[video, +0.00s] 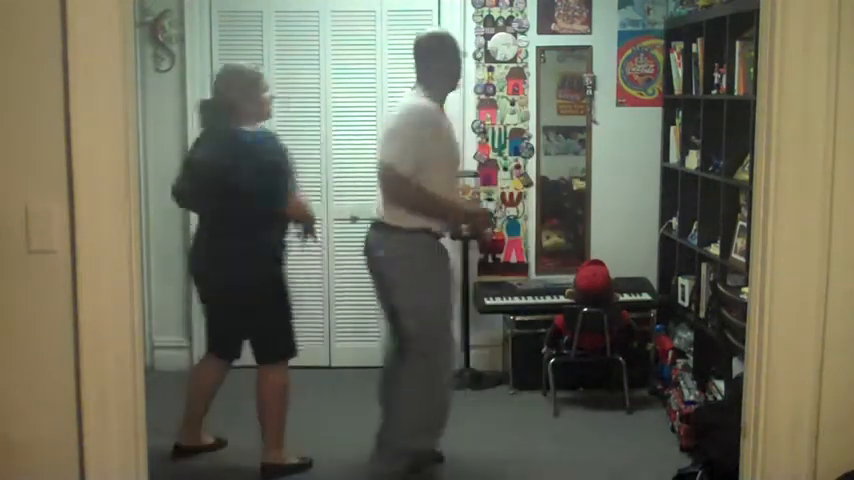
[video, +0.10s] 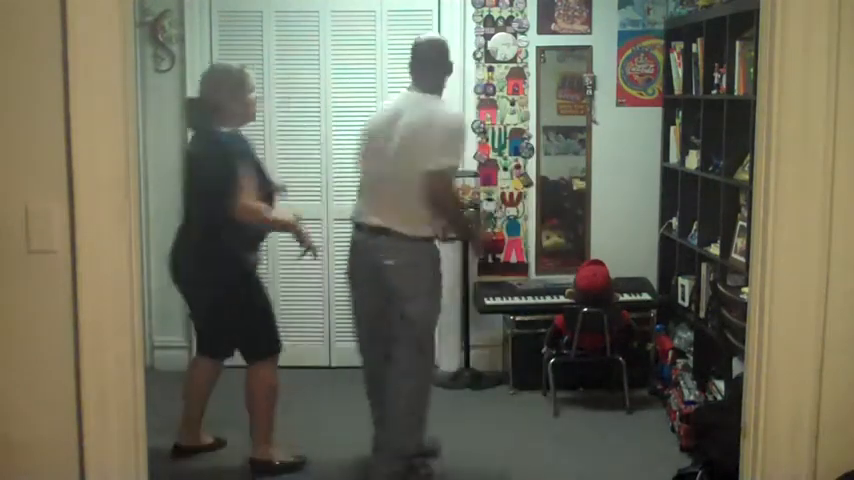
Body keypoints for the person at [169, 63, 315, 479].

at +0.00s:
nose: (270, 96)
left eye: (266, 89)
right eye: (262, 91)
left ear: (226, 100)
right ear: (243, 101)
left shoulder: (205, 144)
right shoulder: (266, 148)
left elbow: (184, 192)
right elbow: (282, 205)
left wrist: (225, 208)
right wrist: (306, 215)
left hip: (209, 259)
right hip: (256, 262)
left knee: (221, 348)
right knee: (273, 357)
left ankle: (190, 436)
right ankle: (274, 455)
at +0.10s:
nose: (256, 99)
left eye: (253, 92)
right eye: (249, 93)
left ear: (215, 100)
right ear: (230, 101)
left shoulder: (201, 143)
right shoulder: (235, 148)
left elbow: (214, 201)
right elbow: (244, 208)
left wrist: (262, 201)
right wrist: (289, 225)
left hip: (192, 256)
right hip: (225, 261)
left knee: (213, 346)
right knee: (264, 351)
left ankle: (190, 436)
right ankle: (264, 451)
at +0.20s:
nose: (245, 98)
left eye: (242, 92)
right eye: (237, 92)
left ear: (213, 99)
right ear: (213, 99)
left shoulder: (214, 142)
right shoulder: (207, 145)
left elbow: (237, 187)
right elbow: (194, 205)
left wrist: (279, 172)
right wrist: (254, 225)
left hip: (196, 258)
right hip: (200, 260)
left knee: (206, 348)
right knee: (256, 342)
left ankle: (188, 435)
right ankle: (211, 429)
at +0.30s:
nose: (233, 97)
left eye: (232, 90)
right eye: (226, 91)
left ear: (210, 97)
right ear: (201, 98)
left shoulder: (216, 138)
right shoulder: (187, 141)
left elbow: (242, 183)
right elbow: (168, 203)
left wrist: (289, 162)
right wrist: (218, 219)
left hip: (204, 257)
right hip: (184, 259)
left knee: (205, 346)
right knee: (228, 349)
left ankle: (181, 425)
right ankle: (174, 421)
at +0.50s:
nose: (220, 98)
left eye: (217, 91)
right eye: (211, 93)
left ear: (201, 101)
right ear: (186, 102)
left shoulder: (214, 144)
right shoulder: (166, 147)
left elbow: (235, 190)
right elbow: (144, 209)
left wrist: (282, 183)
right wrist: (185, 229)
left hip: (204, 267)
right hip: (166, 268)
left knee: (213, 344)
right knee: (168, 356)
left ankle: (191, 433)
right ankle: (142, 440)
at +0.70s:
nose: (218, 99)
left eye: (216, 92)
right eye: (210, 94)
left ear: (195, 103)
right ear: (185, 103)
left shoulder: (210, 142)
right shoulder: (166, 151)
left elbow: (225, 172)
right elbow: (162, 214)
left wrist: (275, 171)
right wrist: (217, 212)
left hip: (206, 266)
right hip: (166, 268)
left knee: (231, 343)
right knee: (153, 360)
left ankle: (202, 428)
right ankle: (139, 440)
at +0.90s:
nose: (227, 99)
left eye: (225, 92)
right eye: (218, 94)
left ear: (214, 98)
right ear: (194, 103)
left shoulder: (226, 137)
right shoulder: (187, 148)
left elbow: (262, 138)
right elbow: (220, 205)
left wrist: (298, 125)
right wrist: (256, 182)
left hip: (221, 267)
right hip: (179, 270)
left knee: (229, 354)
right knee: (193, 360)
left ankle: (207, 445)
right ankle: (145, 428)